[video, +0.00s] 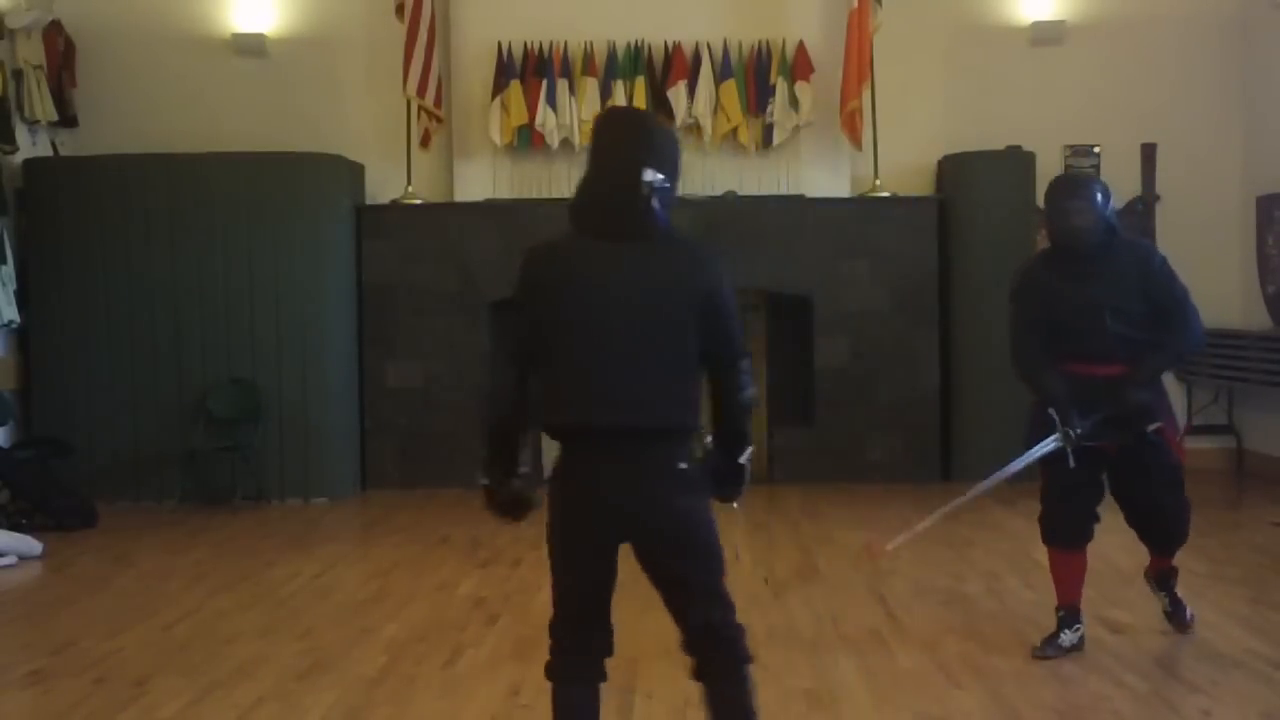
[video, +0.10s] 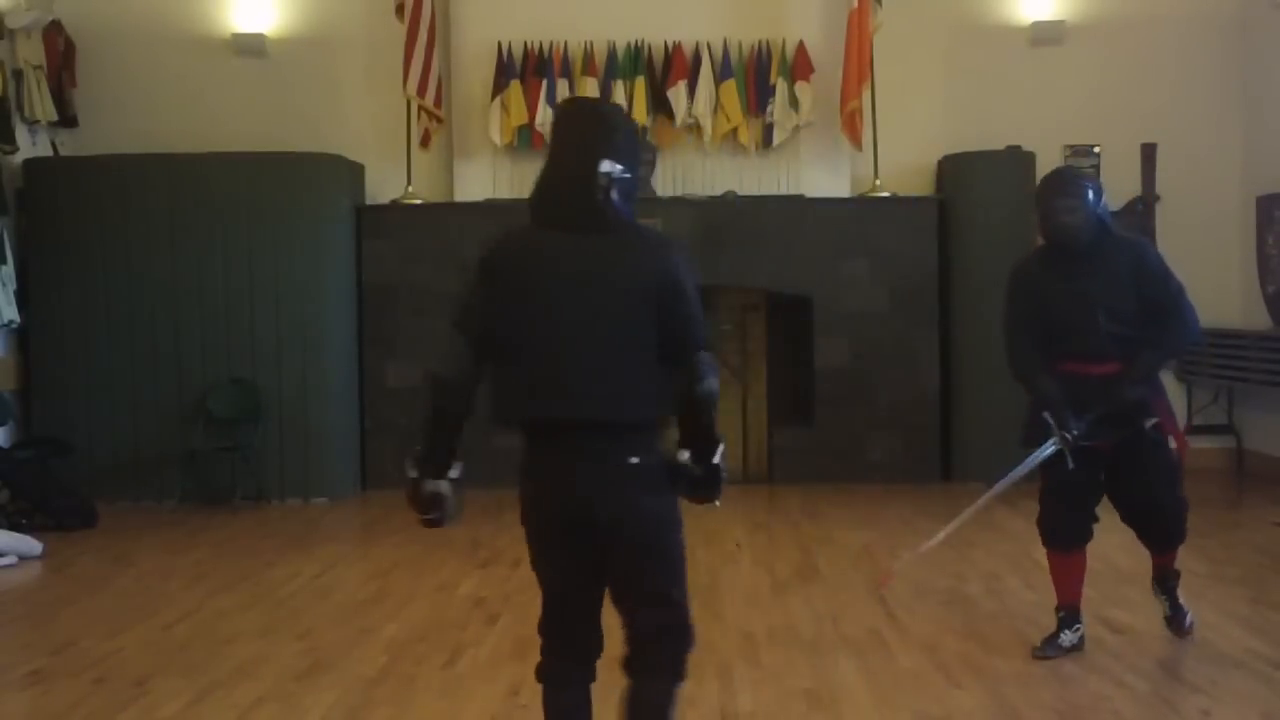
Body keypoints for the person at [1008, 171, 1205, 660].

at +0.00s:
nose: (1078, 225)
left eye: (1086, 213)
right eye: (1067, 214)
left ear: (1106, 213)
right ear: (1049, 220)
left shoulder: (1140, 261)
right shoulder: (1035, 277)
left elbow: (1188, 332)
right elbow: (1026, 353)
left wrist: (1137, 379)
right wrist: (1061, 400)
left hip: (1136, 407)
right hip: (1067, 410)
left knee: (1167, 514)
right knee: (1064, 518)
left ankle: (1161, 577)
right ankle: (1069, 624)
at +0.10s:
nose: (1065, 220)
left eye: (1074, 208)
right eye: (1055, 209)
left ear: (1097, 209)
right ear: (1042, 215)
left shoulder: (1134, 257)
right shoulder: (1030, 273)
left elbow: (1182, 326)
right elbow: (1021, 351)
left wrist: (1135, 376)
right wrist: (1054, 401)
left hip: (1132, 409)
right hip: (1064, 413)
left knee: (1163, 511)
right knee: (1062, 521)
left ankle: (1166, 585)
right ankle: (1069, 623)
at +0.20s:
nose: (1057, 220)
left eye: (1066, 208)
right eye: (1048, 209)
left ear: (1091, 208)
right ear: (1036, 215)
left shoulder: (1131, 255)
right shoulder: (1026, 273)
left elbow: (1180, 322)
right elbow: (1016, 351)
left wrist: (1130, 376)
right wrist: (1051, 401)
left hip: (1129, 411)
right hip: (1062, 415)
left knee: (1158, 514)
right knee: (1060, 522)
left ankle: (1168, 607)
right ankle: (1069, 624)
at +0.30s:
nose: (1054, 220)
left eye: (1064, 208)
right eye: (1045, 210)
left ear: (1089, 207)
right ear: (1035, 216)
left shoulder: (1131, 255)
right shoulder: (1026, 272)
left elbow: (1181, 322)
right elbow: (1014, 349)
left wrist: (1127, 385)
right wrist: (1049, 400)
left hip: (1130, 418)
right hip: (1063, 419)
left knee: (1151, 524)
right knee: (1059, 526)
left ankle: (1170, 629)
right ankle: (1068, 627)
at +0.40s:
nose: (1053, 222)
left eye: (1063, 210)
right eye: (1045, 211)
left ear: (1091, 209)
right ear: (1036, 216)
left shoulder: (1134, 258)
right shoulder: (1029, 273)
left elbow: (1181, 328)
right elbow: (1014, 350)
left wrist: (1133, 386)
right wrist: (1052, 382)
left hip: (1133, 422)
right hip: (1063, 422)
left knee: (1146, 524)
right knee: (1058, 525)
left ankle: (1167, 633)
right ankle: (1068, 625)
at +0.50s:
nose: (1050, 225)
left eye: (1061, 214)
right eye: (1045, 214)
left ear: (1094, 213)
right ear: (1040, 217)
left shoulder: (1140, 261)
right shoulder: (1040, 274)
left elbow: (1185, 337)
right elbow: (1017, 357)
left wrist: (1131, 391)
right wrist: (1035, 359)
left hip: (1139, 423)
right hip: (1071, 421)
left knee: (1146, 526)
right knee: (1061, 524)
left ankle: (1166, 640)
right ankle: (1067, 626)